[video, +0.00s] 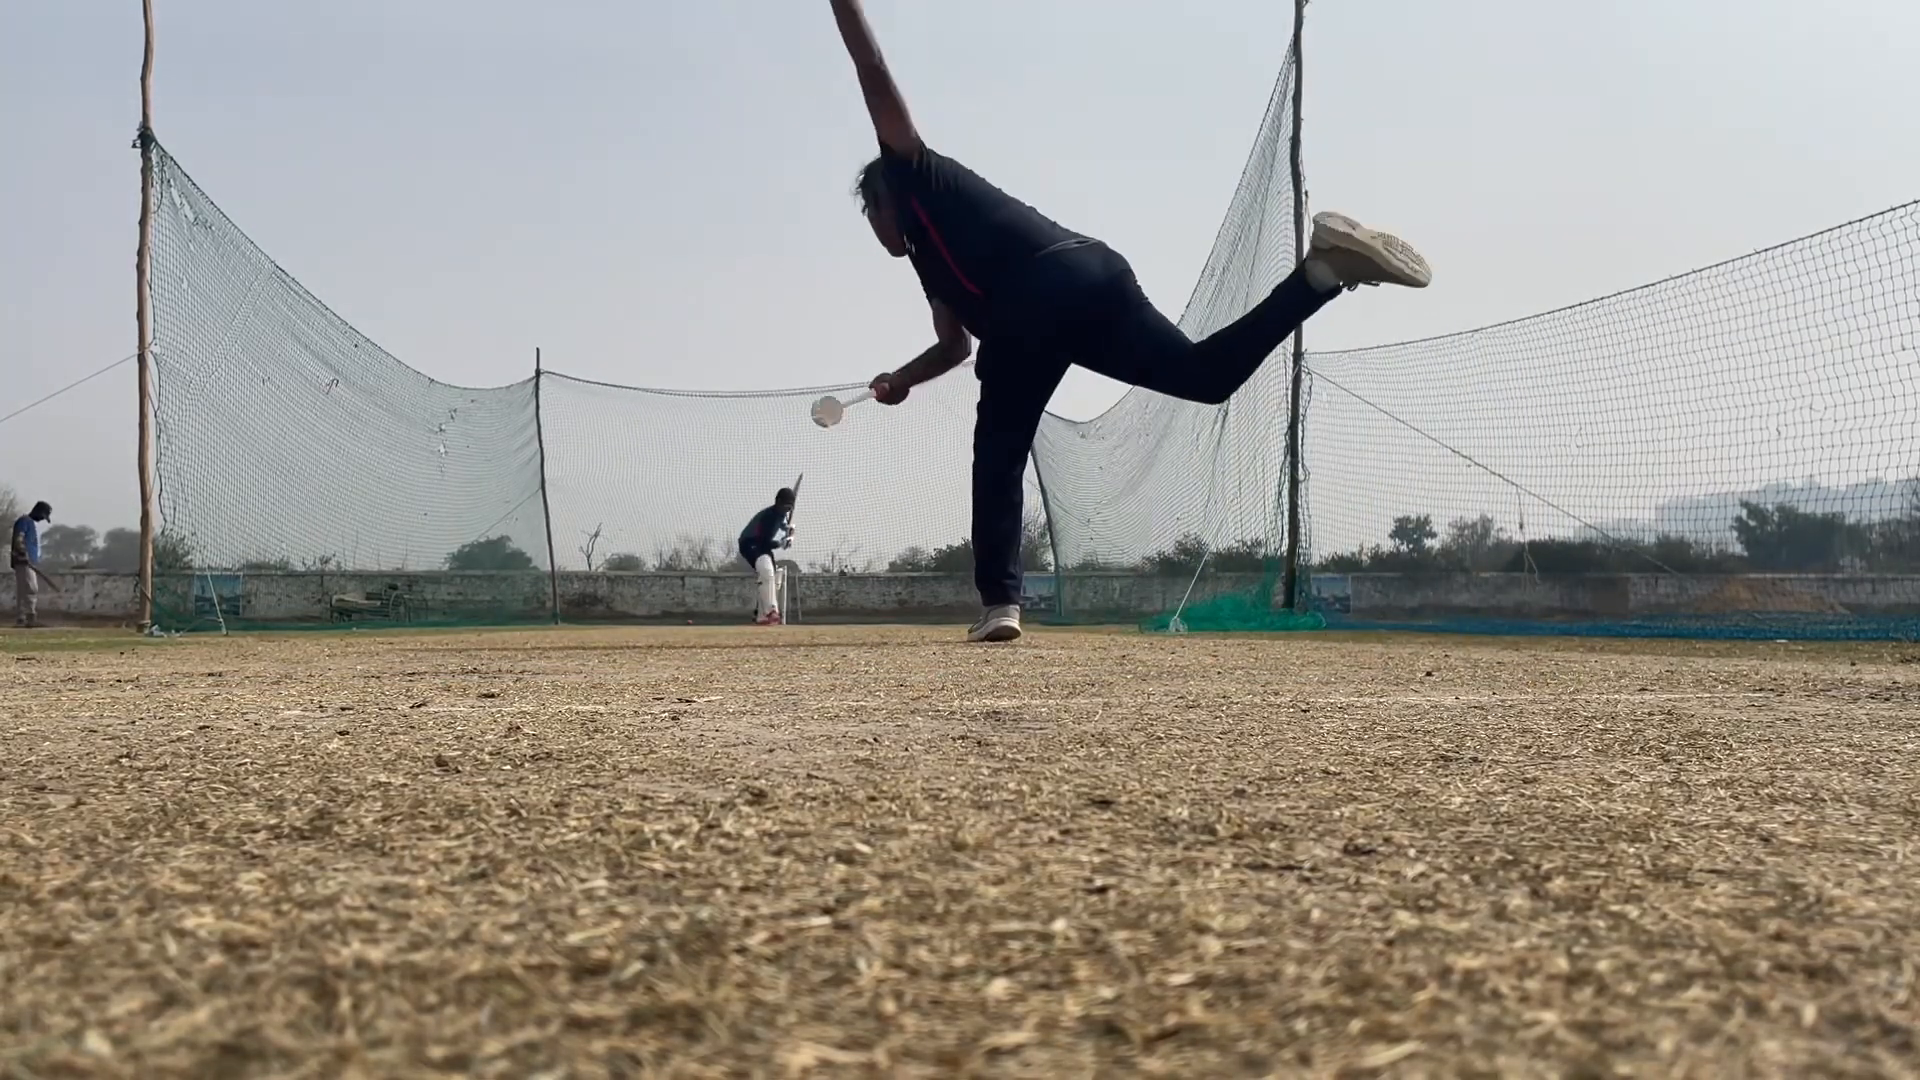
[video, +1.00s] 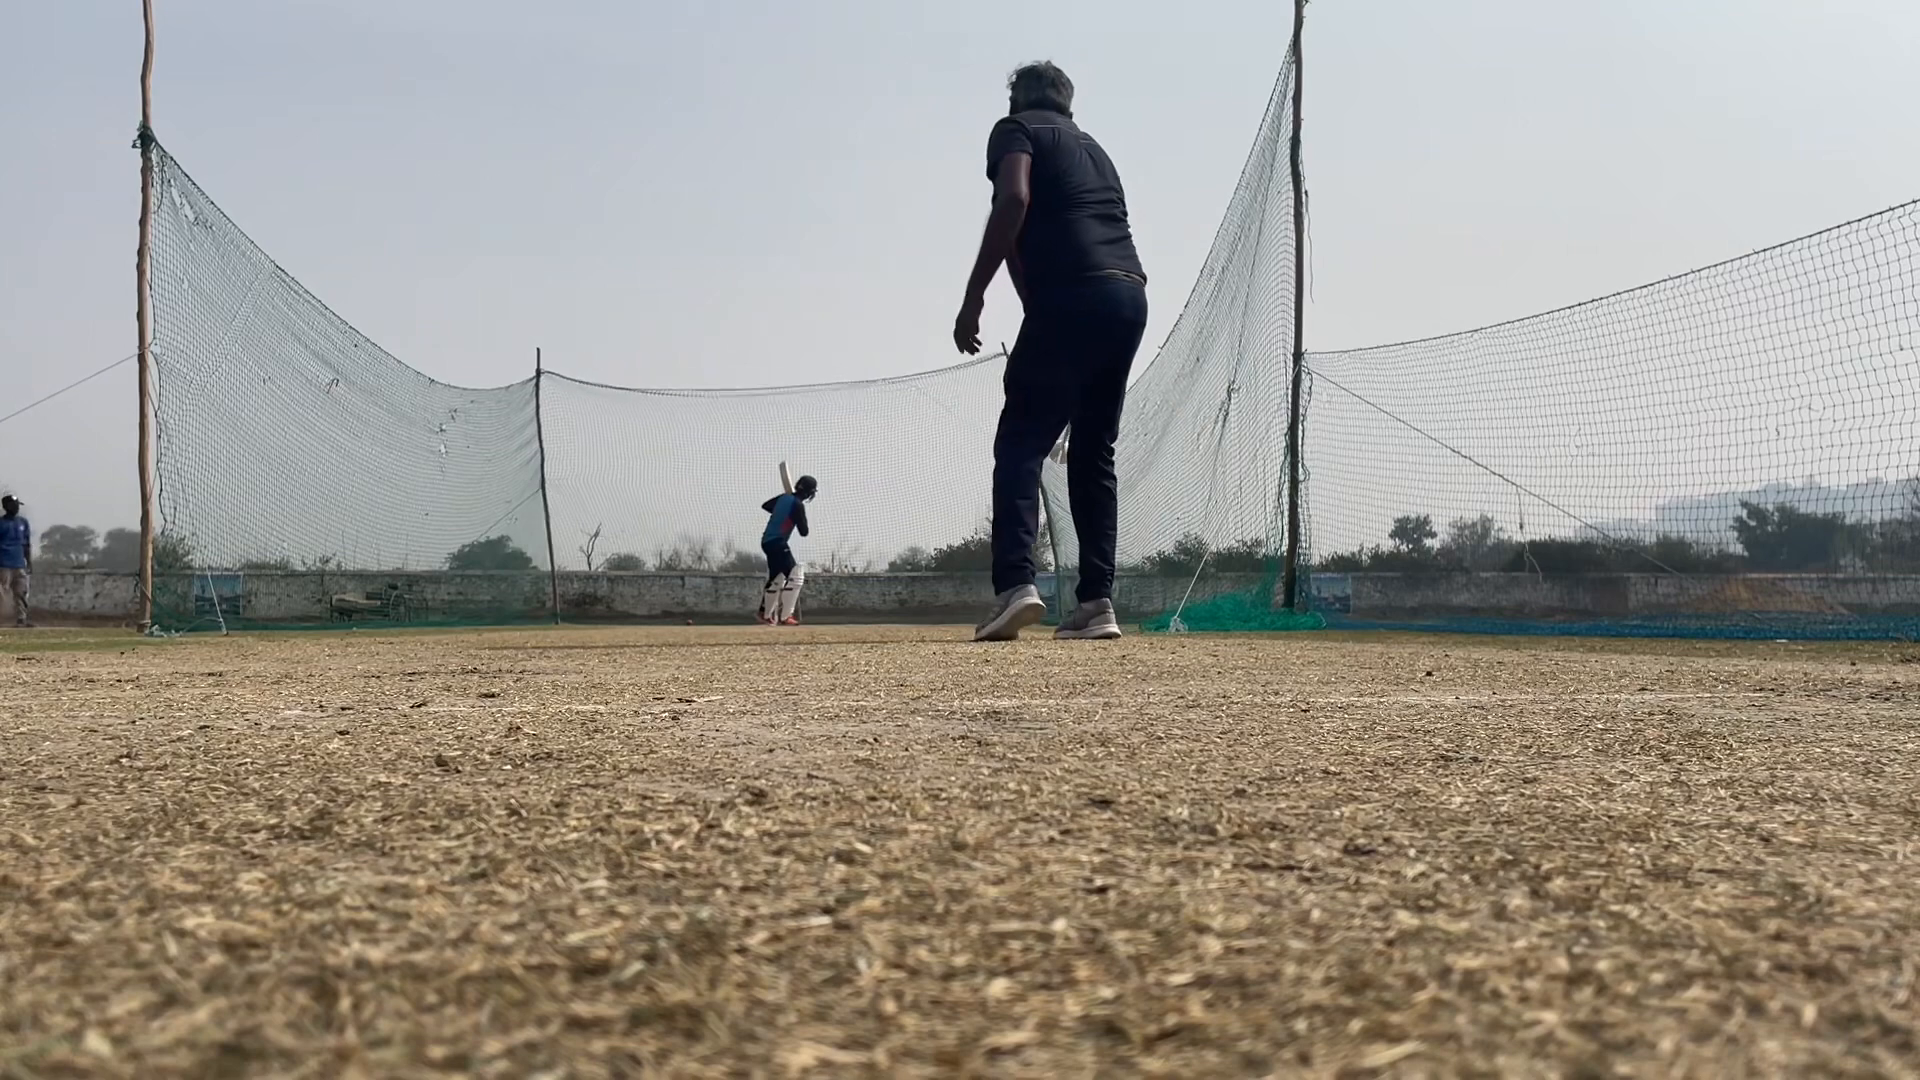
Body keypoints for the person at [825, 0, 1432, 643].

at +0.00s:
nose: (875, 234)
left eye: (871, 216)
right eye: (871, 222)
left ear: (887, 192)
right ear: (898, 209)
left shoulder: (910, 169)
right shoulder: (940, 267)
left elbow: (869, 66)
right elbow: (952, 348)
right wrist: (901, 380)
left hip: (1029, 305)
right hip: (1095, 282)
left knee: (997, 457)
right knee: (1206, 378)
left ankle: (1000, 609)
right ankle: (1324, 271)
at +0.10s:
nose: (884, 206)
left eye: (881, 195)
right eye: (884, 199)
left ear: (892, 181)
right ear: (914, 199)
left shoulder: (913, 161)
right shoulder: (957, 246)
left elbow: (807, 97)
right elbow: (959, 341)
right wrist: (905, 409)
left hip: (1036, 297)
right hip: (1102, 284)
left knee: (995, 450)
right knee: (1212, 379)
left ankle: (1001, 612)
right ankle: (1337, 274)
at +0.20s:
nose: (875, 170)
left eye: (880, 159)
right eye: (882, 163)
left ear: (893, 146)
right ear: (937, 140)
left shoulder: (902, 159)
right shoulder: (977, 180)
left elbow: (804, 191)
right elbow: (1001, 307)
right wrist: (957, 403)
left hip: (1035, 295)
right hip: (1096, 275)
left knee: (994, 458)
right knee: (1171, 403)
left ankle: (1000, 607)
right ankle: (1305, 332)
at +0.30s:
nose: (889, 156)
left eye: (890, 148)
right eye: (892, 148)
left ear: (898, 140)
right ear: (945, 131)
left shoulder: (904, 167)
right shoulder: (981, 163)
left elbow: (842, 264)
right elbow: (1021, 254)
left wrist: (816, 350)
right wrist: (997, 348)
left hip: (1034, 287)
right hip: (1094, 268)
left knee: (995, 449)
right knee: (1114, 419)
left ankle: (1000, 602)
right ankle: (1255, 434)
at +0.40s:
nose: (899, 153)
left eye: (898, 145)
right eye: (901, 145)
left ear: (905, 141)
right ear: (952, 130)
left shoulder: (911, 175)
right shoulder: (991, 159)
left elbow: (914, 277)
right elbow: (1022, 244)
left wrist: (918, 383)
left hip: (1026, 284)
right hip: (1090, 267)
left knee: (995, 452)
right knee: (1089, 418)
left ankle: (998, 601)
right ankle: (1178, 544)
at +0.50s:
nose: (910, 148)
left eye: (910, 140)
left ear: (914, 136)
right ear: (963, 128)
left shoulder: (921, 167)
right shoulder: (1010, 161)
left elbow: (956, 232)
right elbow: (1093, 242)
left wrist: (991, 317)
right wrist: (1123, 326)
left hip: (1029, 291)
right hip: (1092, 279)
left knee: (991, 449)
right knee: (1089, 438)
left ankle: (997, 599)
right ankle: (1110, 595)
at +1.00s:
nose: (1010, 109)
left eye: (1012, 102)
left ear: (1016, 100)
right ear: (1067, 103)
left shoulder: (1017, 125)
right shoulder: (1091, 147)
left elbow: (1013, 200)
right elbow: (1100, 231)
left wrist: (972, 301)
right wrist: (1045, 303)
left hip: (1068, 299)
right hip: (1127, 296)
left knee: (1020, 445)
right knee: (1093, 452)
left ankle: (1016, 587)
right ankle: (1097, 604)